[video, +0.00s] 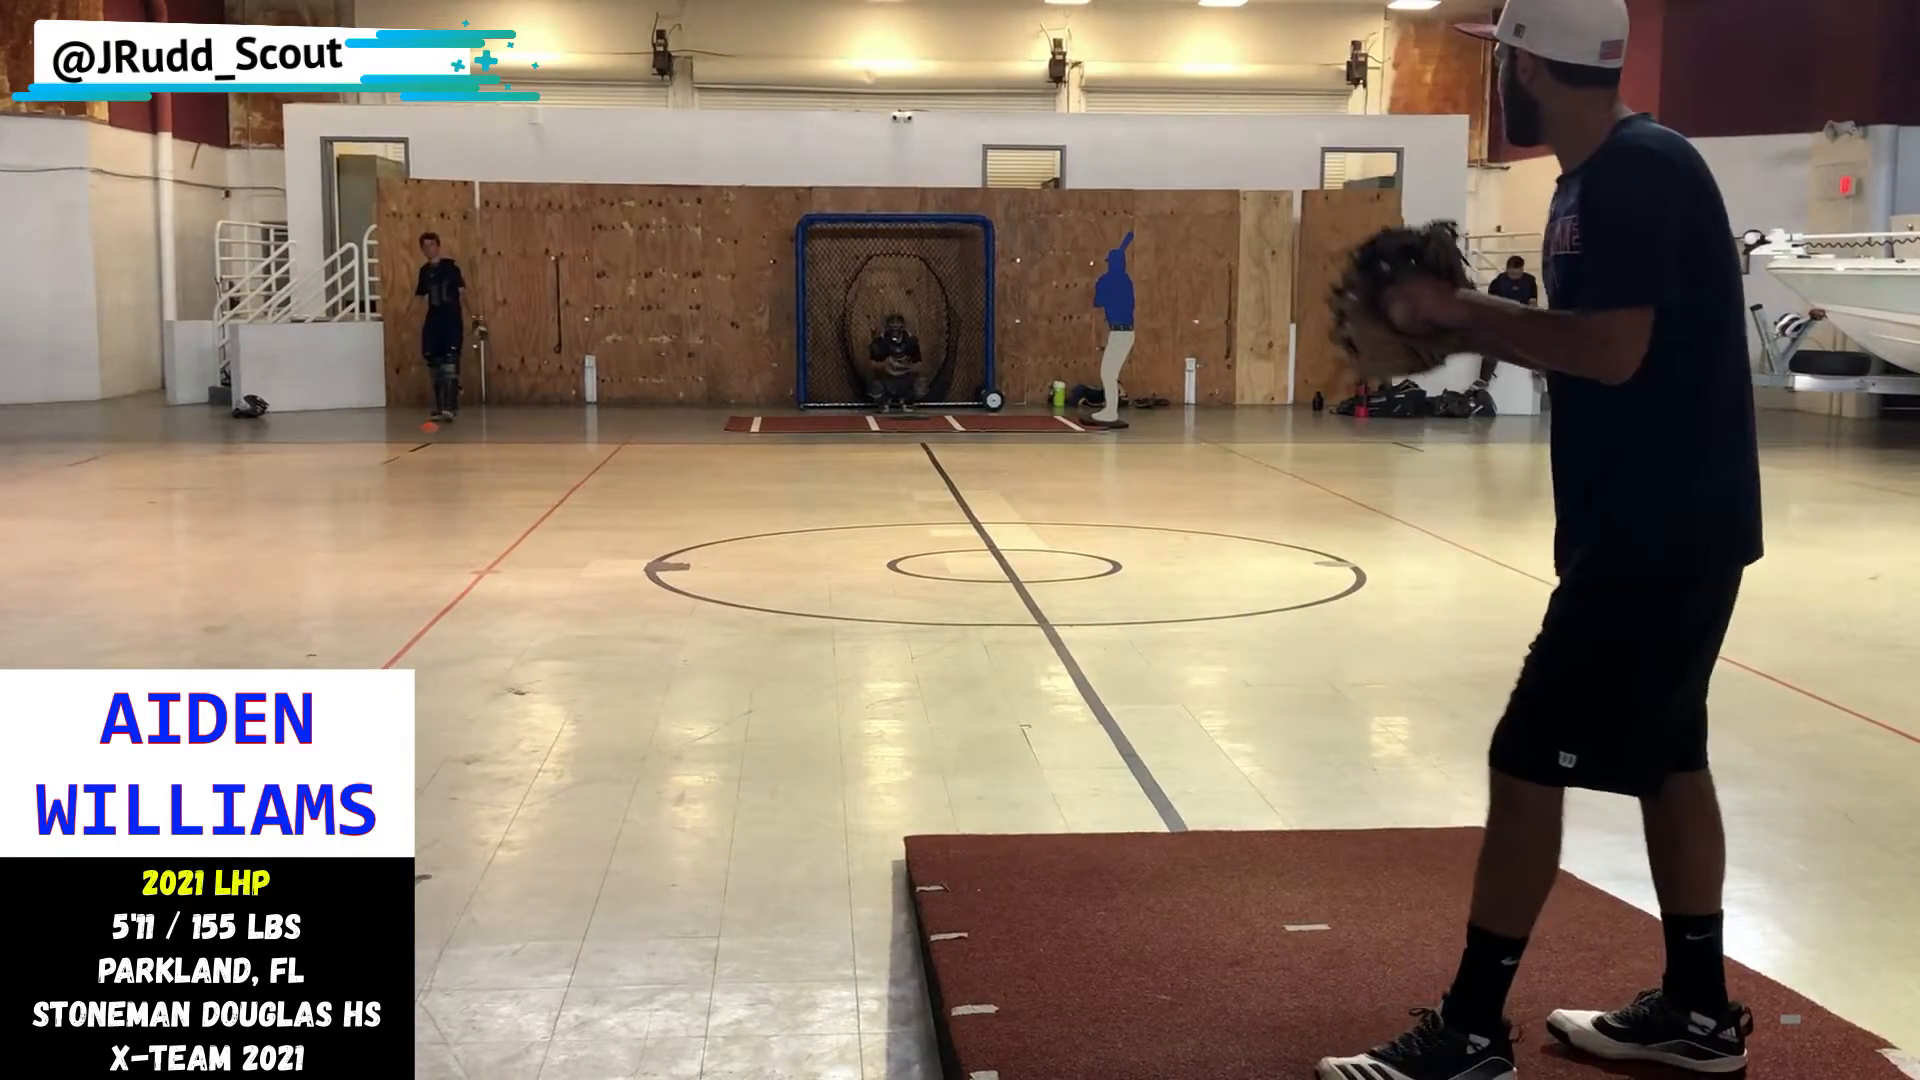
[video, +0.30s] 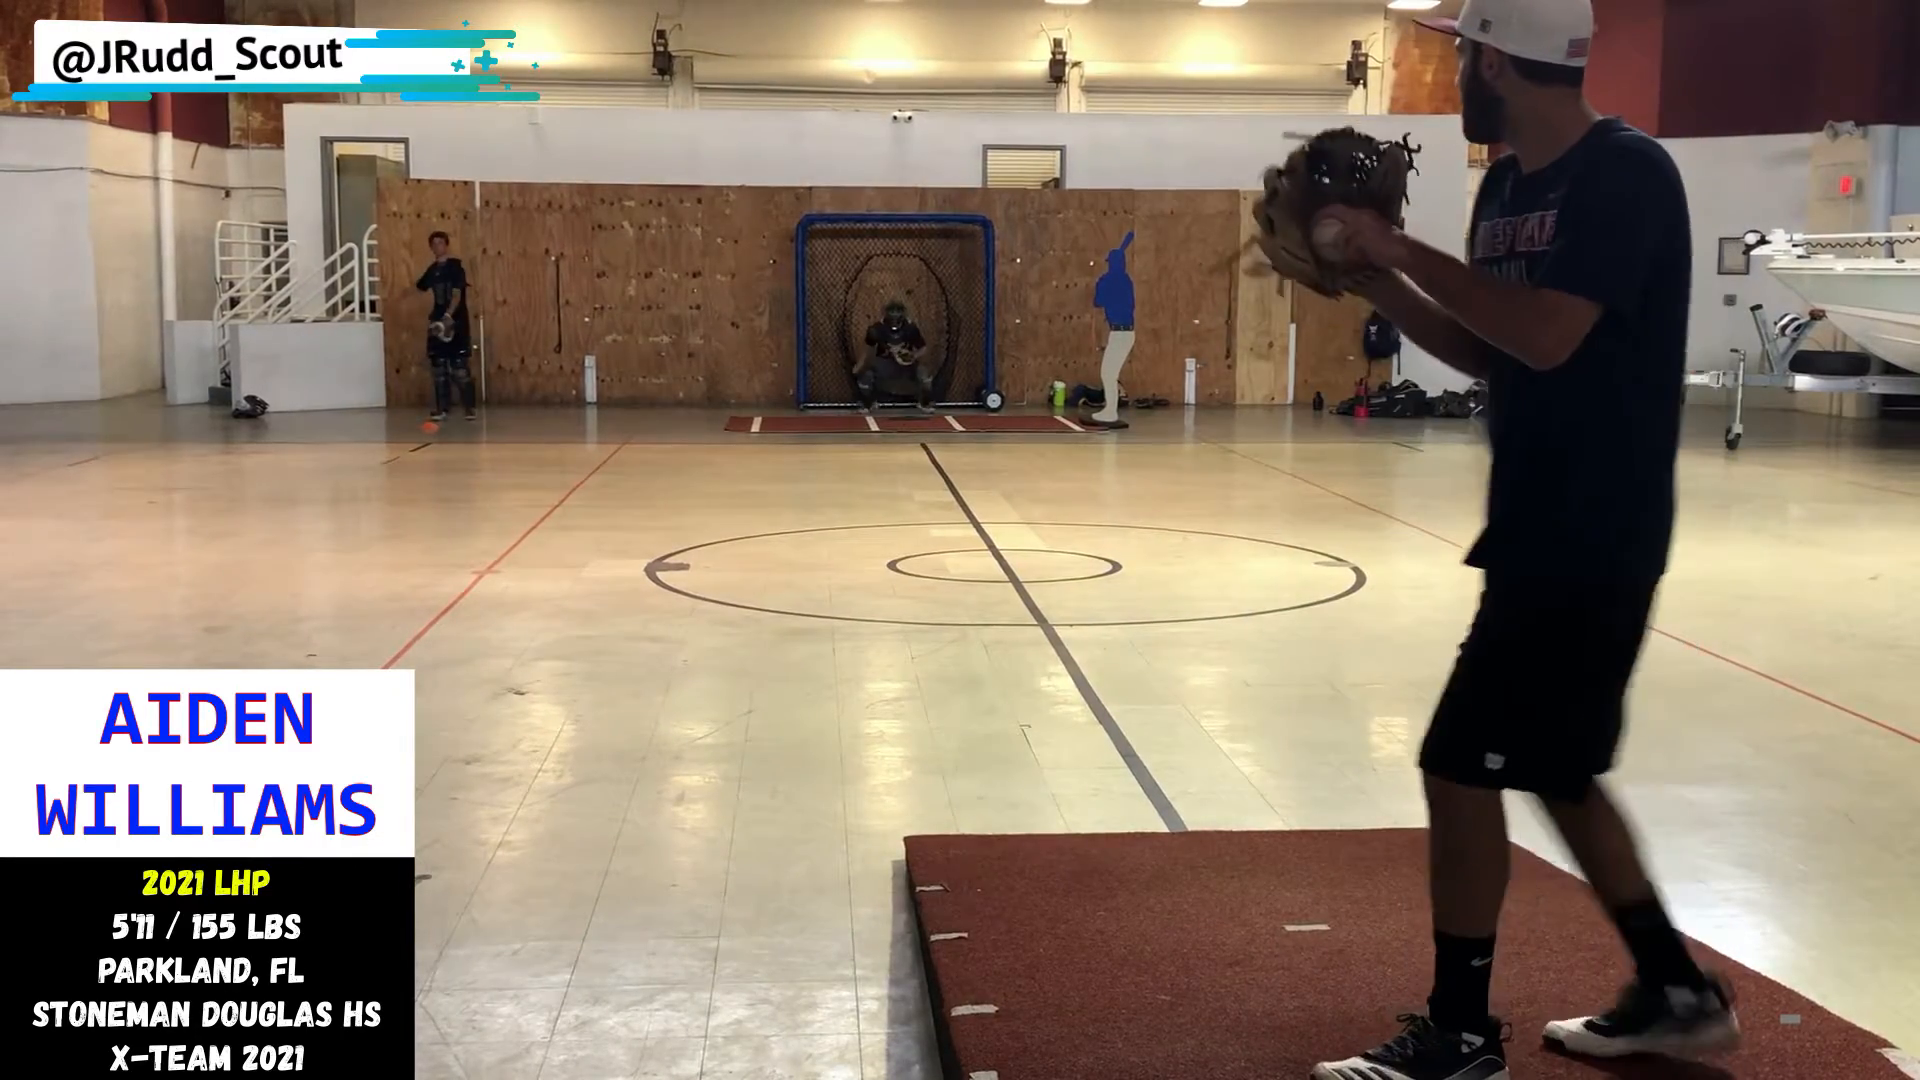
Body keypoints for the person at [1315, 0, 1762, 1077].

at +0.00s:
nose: (1501, 85)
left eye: (1508, 61)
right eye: (1503, 62)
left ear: (1539, 66)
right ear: (1601, 64)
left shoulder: (1633, 175)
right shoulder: (1611, 174)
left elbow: (1611, 347)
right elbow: (1593, 342)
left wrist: (1460, 315)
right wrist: (1471, 313)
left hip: (1645, 546)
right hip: (1671, 539)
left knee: (1525, 758)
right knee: (1669, 758)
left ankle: (1471, 1028)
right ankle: (1696, 1004)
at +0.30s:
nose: (1463, 72)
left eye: (1472, 51)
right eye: (1466, 52)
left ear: (1505, 60)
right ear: (1543, 63)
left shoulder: (1626, 176)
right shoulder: (1505, 188)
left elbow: (1549, 332)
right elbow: (1488, 353)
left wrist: (1393, 246)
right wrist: (1378, 285)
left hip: (1592, 539)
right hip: (1538, 533)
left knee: (1457, 761)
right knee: (1559, 762)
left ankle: (1460, 1029)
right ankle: (1675, 988)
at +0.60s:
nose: (1440, 79)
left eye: (1446, 55)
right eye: (1442, 57)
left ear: (1483, 58)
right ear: (1517, 61)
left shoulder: (1620, 172)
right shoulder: (1476, 183)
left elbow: (1547, 325)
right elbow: (1441, 344)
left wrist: (1390, 245)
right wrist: (1342, 278)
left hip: (1514, 526)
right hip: (1421, 483)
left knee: (1430, 771)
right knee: (1215, 575)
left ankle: (1457, 1030)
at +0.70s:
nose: (1431, 81)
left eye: (1439, 58)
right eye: (1433, 59)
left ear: (1475, 60)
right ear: (1513, 63)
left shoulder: (1608, 174)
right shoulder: (1463, 184)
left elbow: (1538, 326)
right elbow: (1421, 343)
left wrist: (1383, 250)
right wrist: (1334, 280)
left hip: (1488, 522)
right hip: (1398, 470)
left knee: (1425, 762)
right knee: (1179, 451)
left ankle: (1458, 1031)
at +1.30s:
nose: (1285, 269)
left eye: (1292, 254)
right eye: (1287, 254)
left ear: (1312, 258)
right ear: (1384, 249)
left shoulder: (1466, 354)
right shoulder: (1297, 331)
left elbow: (1522, 525)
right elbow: (1184, 408)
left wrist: (1486, 663)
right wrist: (1082, 518)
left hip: (1416, 602)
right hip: (1322, 568)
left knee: (1296, 793)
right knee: (1154, 680)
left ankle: (1439, 1028)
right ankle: (1134, 858)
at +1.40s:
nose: (1231, 323)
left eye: (1238, 308)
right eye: (1235, 308)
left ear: (1263, 320)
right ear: (1324, 312)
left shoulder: (1422, 416)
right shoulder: (1252, 382)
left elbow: (1537, 543)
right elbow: (1151, 407)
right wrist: (1048, 474)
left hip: (1379, 634)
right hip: (1292, 602)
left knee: (1264, 808)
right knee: (1159, 705)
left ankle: (1434, 1027)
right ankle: (1150, 831)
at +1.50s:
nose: (1190, 325)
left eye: (1197, 315)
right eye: (1193, 316)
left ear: (1219, 327)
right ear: (1279, 322)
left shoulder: (1367, 407)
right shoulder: (1208, 379)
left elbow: (1482, 494)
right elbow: (1158, 366)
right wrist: (1096, 394)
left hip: (1328, 640)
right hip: (1260, 618)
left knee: (1261, 854)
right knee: (1168, 686)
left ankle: (1418, 1016)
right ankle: (1165, 825)